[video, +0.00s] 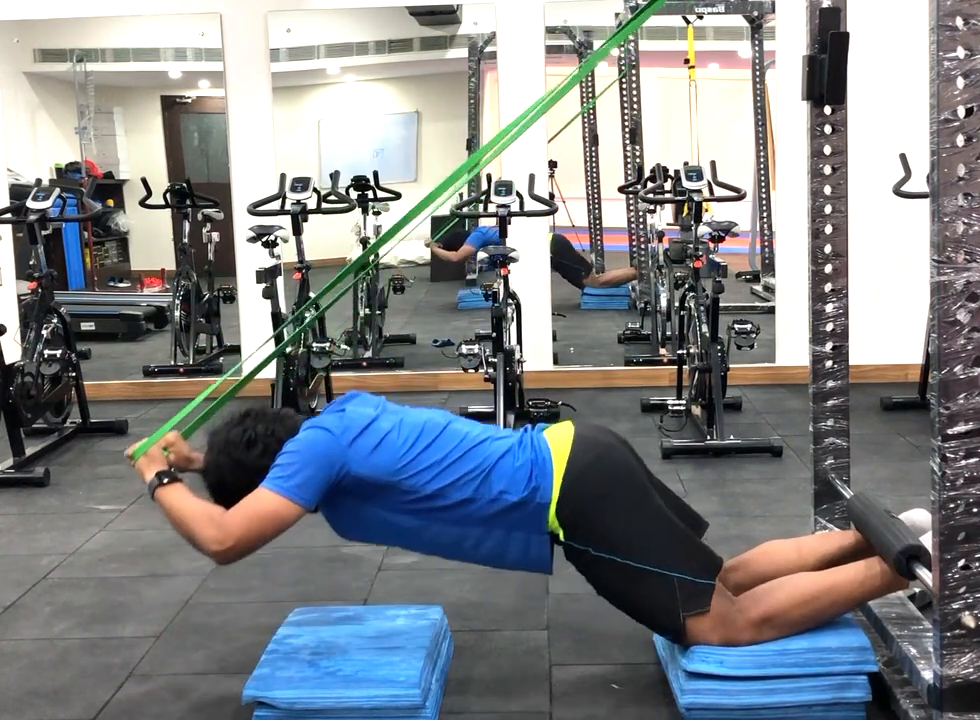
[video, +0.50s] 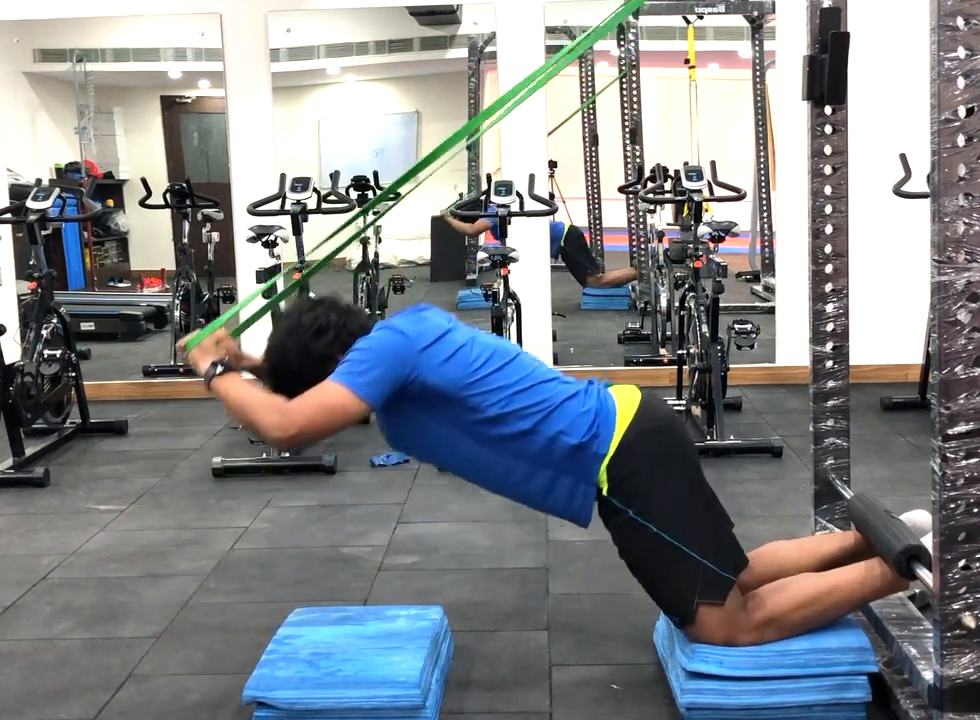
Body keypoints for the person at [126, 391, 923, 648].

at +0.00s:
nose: (260, 506)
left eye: (252, 491)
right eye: (251, 492)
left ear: (264, 460)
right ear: (275, 434)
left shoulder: (319, 444)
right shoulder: (330, 427)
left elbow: (221, 537)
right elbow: (237, 512)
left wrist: (161, 484)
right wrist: (185, 470)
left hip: (570, 491)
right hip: (573, 466)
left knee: (723, 623)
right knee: (713, 579)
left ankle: (897, 568)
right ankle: (858, 535)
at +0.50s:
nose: (318, 400)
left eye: (315, 387)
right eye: (313, 389)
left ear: (328, 355)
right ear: (343, 332)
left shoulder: (393, 342)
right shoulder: (400, 335)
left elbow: (283, 427)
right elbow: (299, 417)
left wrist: (218, 376)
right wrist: (239, 371)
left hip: (624, 454)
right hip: (623, 439)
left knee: (726, 628)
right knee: (720, 586)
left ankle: (901, 569)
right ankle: (859, 534)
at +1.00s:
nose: (428, 275)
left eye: (430, 260)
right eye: (419, 265)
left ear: (454, 233)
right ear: (460, 224)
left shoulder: (519, 237)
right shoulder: (509, 254)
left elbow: (394, 287)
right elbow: (407, 277)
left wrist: (320, 225)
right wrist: (339, 233)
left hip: (687, 431)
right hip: (674, 430)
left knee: (726, 624)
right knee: (720, 576)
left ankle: (897, 570)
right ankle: (860, 540)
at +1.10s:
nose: (448, 250)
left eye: (451, 234)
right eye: (444, 235)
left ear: (480, 210)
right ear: (481, 210)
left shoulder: (546, 222)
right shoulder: (527, 236)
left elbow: (421, 263)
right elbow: (422, 263)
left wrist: (349, 195)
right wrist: (360, 208)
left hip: (702, 432)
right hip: (682, 436)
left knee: (729, 622)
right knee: (724, 581)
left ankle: (906, 573)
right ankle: (868, 540)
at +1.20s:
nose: (492, 231)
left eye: (494, 216)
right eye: (486, 221)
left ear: (523, 190)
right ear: (525, 193)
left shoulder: (583, 203)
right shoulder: (562, 226)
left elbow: (455, 236)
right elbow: (463, 231)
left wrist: (388, 162)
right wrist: (403, 175)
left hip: (717, 430)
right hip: (687, 437)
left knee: (728, 624)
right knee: (708, 588)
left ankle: (902, 573)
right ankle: (865, 541)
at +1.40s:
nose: (543, 182)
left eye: (550, 167)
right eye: (540, 168)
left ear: (583, 148)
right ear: (590, 150)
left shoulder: (648, 173)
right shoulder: (612, 203)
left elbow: (526, 174)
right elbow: (528, 178)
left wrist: (475, 86)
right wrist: (483, 102)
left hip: (731, 427)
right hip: (697, 430)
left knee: (724, 620)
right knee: (710, 572)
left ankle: (908, 595)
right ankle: (867, 559)